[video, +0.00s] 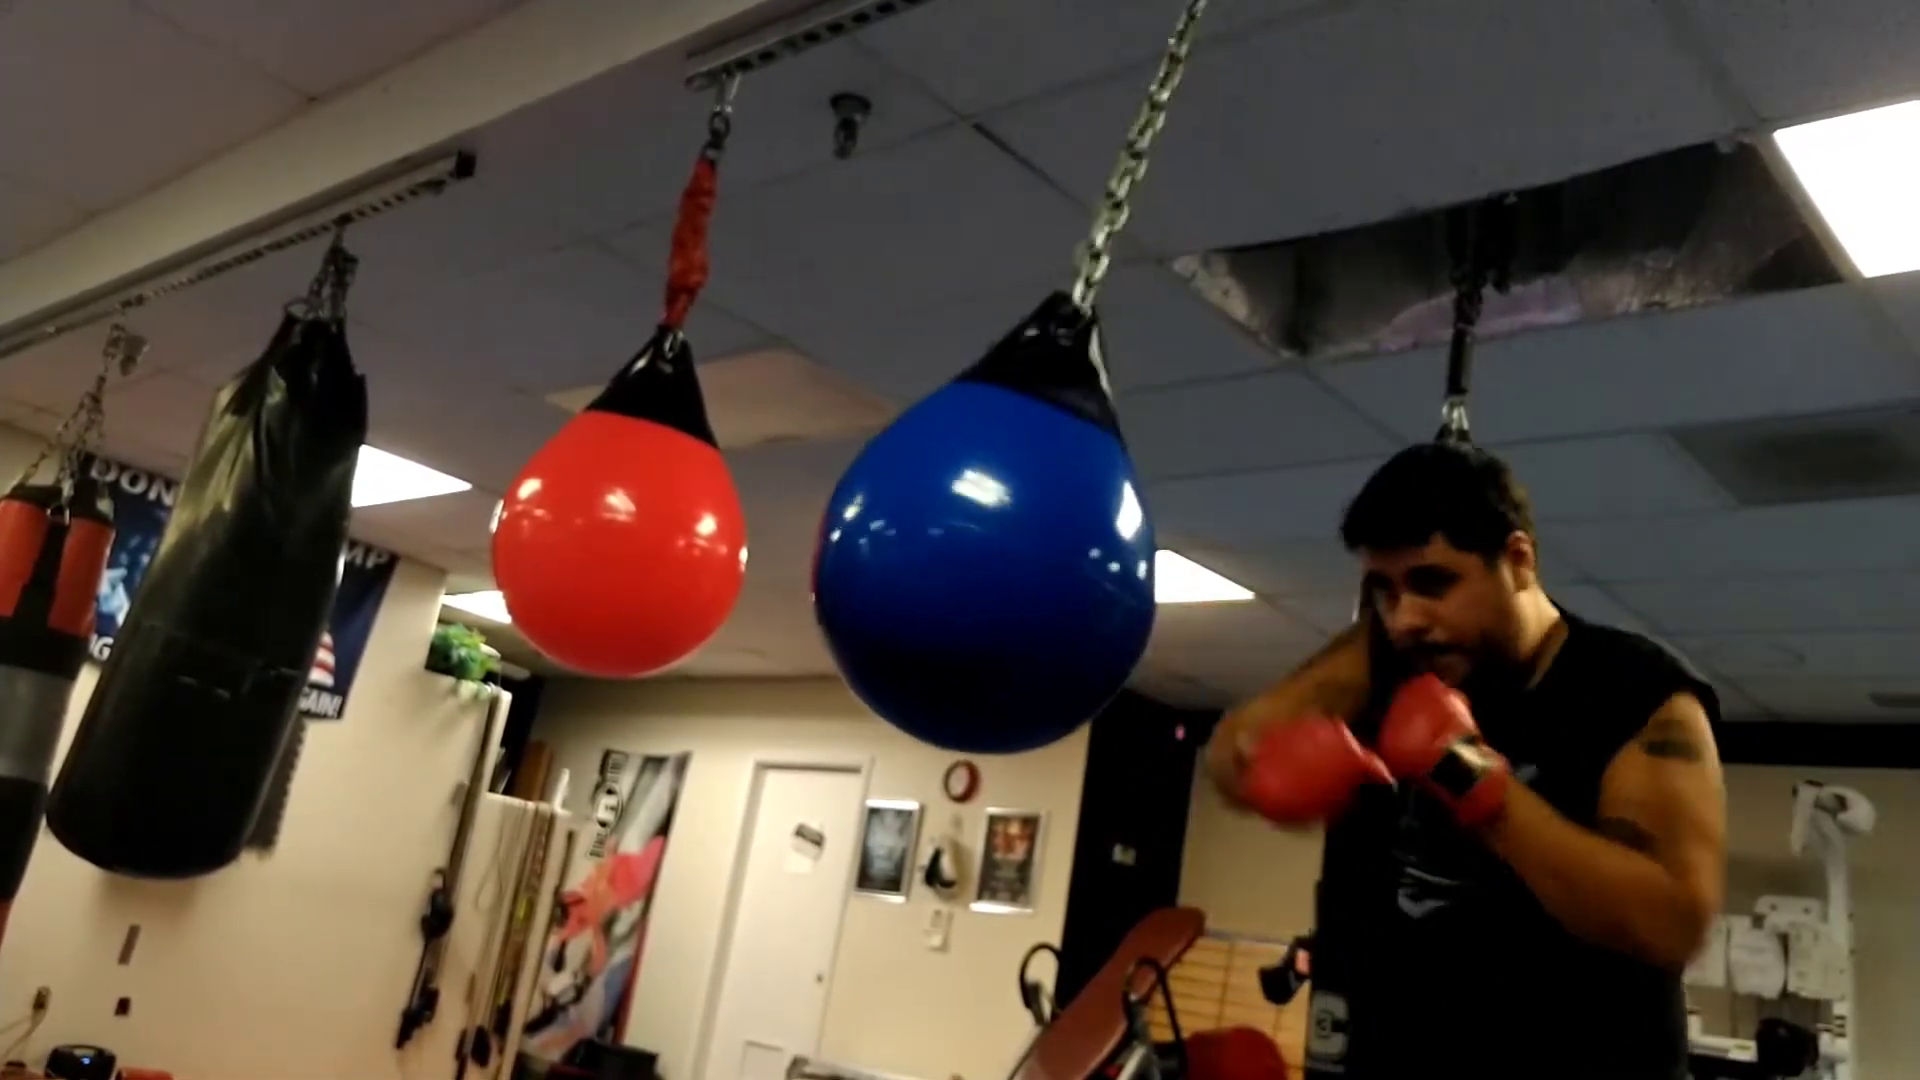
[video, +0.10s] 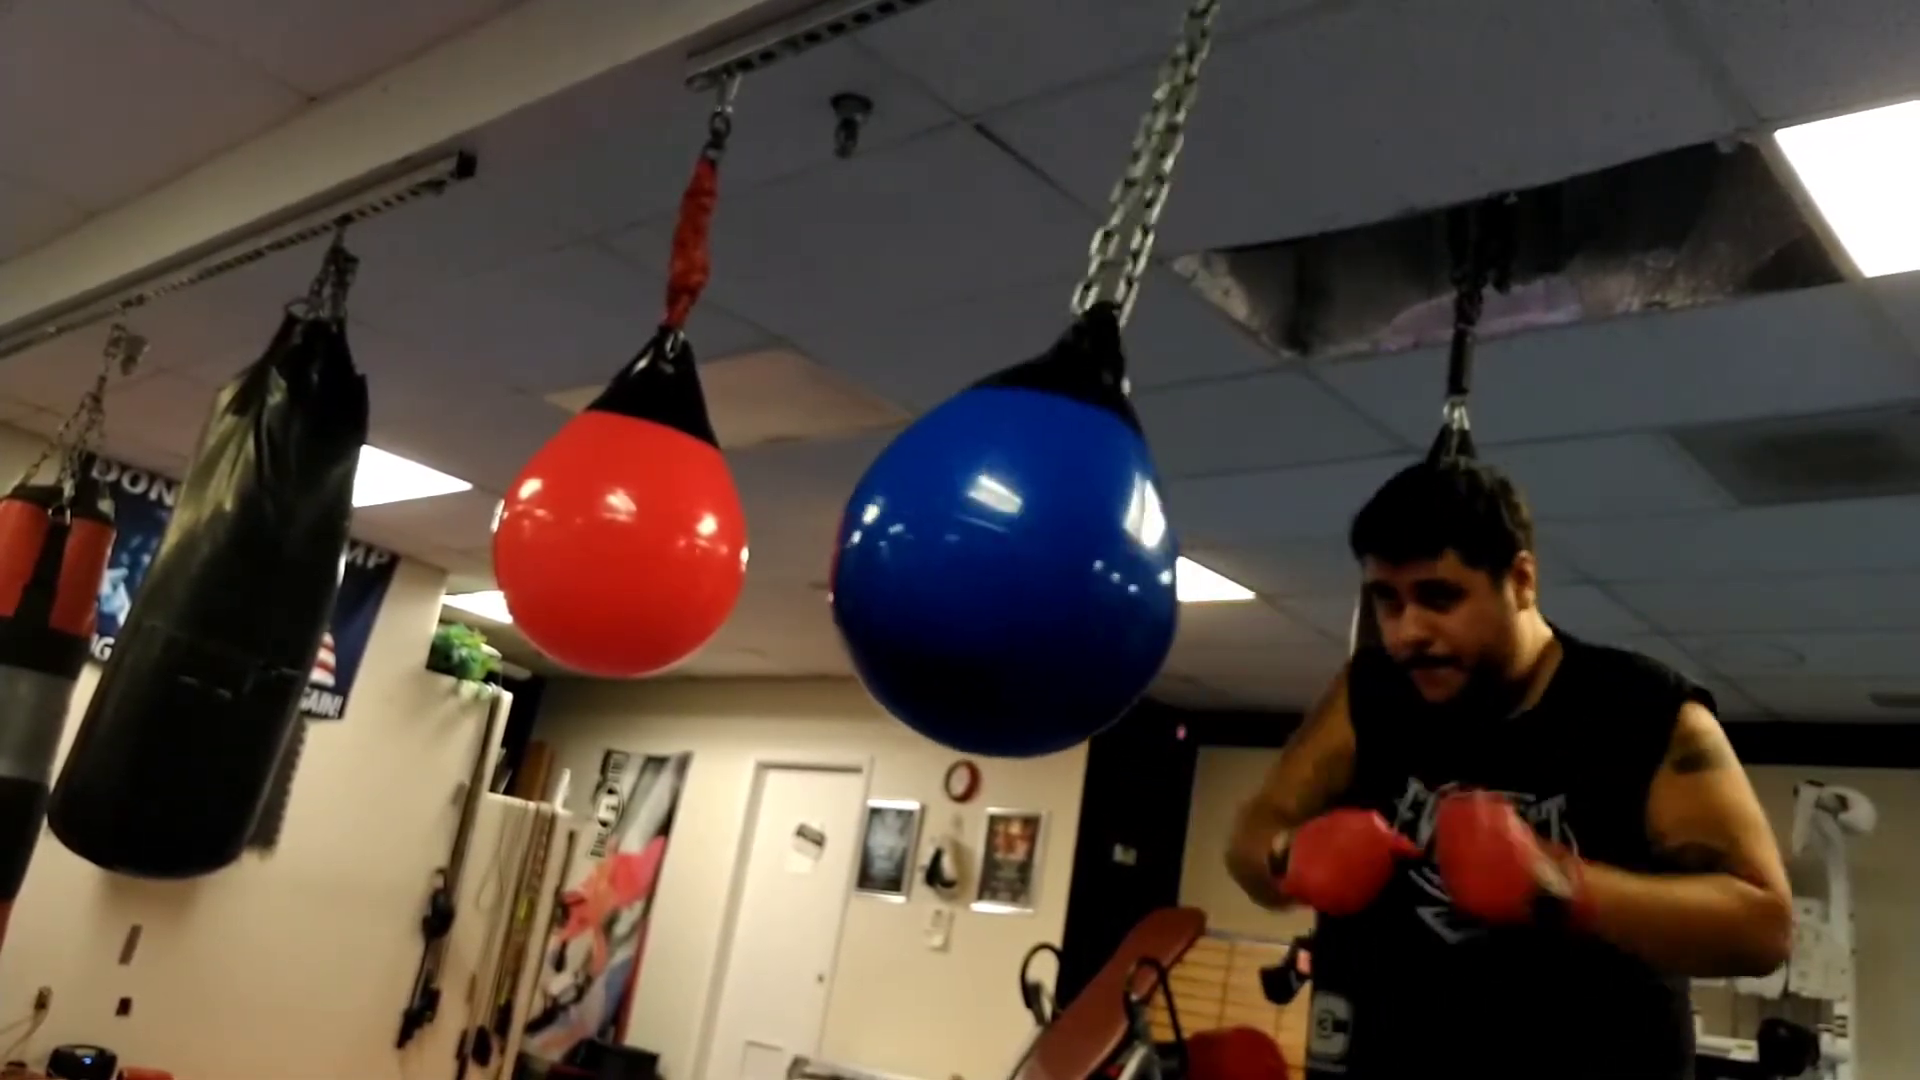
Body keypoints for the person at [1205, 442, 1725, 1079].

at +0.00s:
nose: (1404, 621)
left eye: (1432, 584)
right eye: (1383, 590)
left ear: (1519, 558)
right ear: (1368, 584)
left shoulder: (1641, 696)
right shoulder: (1385, 650)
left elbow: (1671, 922)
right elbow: (1237, 743)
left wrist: (1488, 792)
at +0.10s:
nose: (1407, 633)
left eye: (1438, 598)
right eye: (1387, 604)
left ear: (1520, 583)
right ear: (1369, 601)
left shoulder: (1653, 719)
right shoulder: (1374, 695)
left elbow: (1761, 925)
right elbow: (1255, 835)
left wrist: (1563, 882)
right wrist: (1291, 858)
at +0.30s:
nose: (1391, 647)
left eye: (1420, 618)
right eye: (1366, 619)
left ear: (1490, 600)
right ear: (1347, 613)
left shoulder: (1568, 670)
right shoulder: (1355, 722)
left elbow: (1655, 776)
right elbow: (1321, 907)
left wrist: (1443, 721)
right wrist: (1306, 824)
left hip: (1592, 1073)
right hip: (1411, 1073)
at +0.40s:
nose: (1385, 634)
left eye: (1410, 608)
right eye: (1362, 614)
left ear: (1485, 591)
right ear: (1347, 609)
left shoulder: (1546, 630)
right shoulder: (1386, 718)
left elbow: (1505, 667)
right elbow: (1343, 904)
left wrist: (1274, 661)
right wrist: (1322, 798)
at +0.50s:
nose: (1369, 647)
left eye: (1397, 615)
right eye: (1354, 623)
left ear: (1478, 603)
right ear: (1342, 624)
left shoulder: (1530, 662)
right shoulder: (1392, 737)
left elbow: (1511, 741)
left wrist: (1278, 755)